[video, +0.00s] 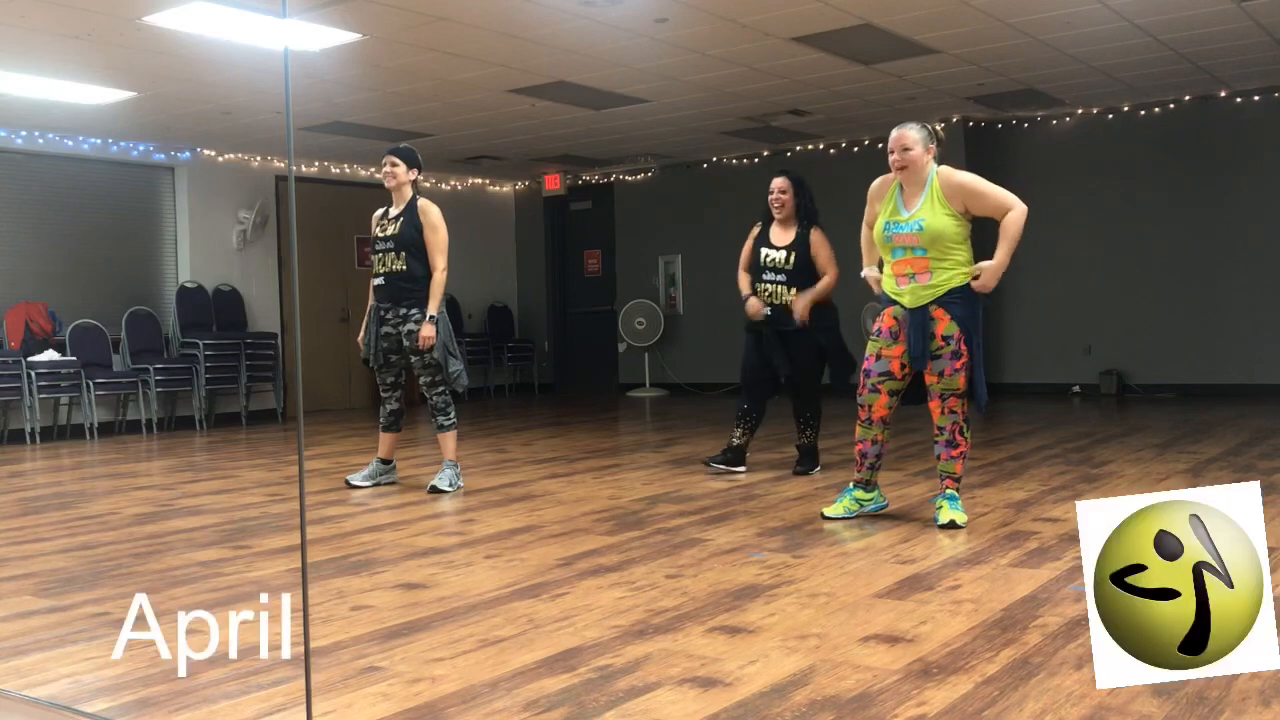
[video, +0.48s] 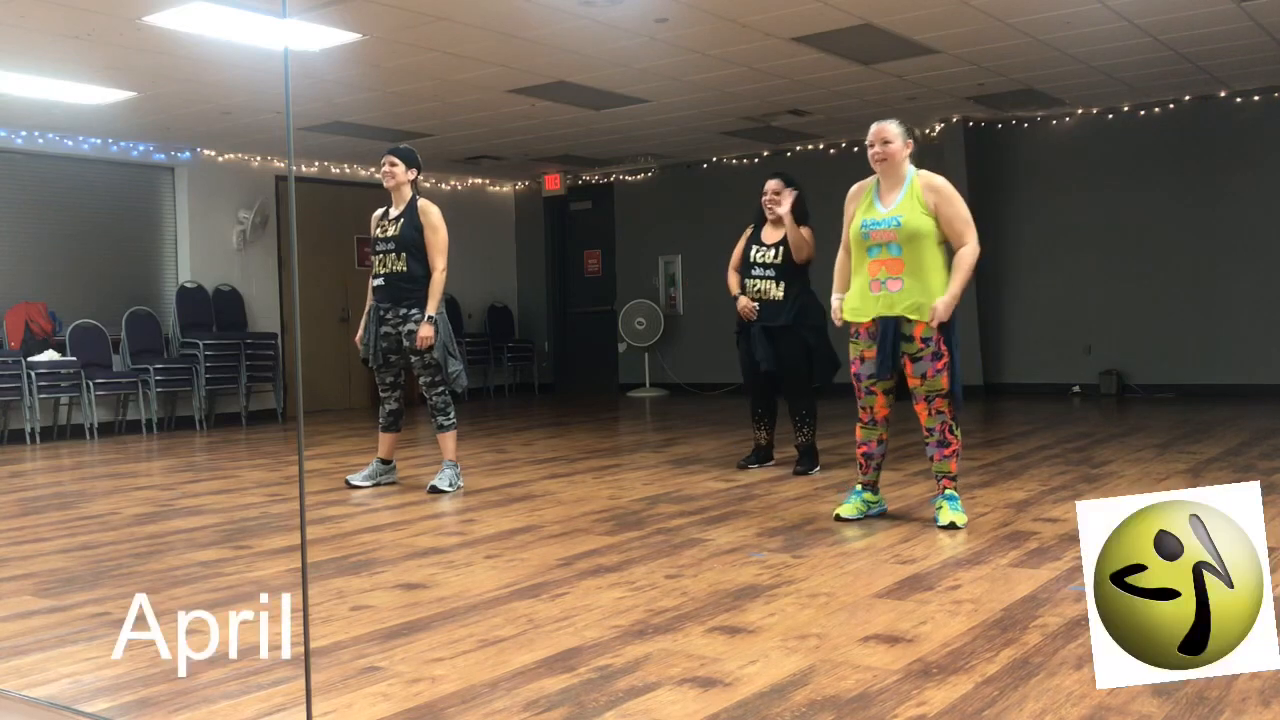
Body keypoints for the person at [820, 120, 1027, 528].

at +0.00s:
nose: (896, 158)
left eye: (905, 150)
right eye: (891, 151)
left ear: (929, 152)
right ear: (888, 155)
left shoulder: (953, 184)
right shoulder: (882, 189)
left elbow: (1015, 209)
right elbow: (869, 227)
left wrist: (998, 264)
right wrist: (870, 265)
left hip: (948, 306)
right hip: (895, 307)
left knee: (947, 401)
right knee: (872, 392)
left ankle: (949, 494)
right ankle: (865, 489)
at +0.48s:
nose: (876, 150)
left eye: (885, 142)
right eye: (871, 145)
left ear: (907, 147)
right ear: (866, 153)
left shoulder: (932, 187)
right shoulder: (858, 194)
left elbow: (968, 244)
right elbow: (846, 249)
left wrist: (950, 297)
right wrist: (837, 293)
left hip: (921, 317)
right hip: (866, 317)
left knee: (935, 406)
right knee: (869, 408)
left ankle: (946, 495)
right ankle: (867, 492)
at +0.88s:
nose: (855, 148)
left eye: (863, 141)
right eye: (849, 144)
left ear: (882, 149)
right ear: (841, 156)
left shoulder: (909, 191)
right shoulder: (830, 204)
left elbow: (941, 253)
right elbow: (812, 267)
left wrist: (932, 243)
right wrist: (785, 266)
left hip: (902, 315)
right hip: (846, 321)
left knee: (921, 404)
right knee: (857, 409)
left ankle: (945, 493)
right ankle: (865, 492)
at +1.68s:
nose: (908, 145)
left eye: (918, 138)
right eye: (903, 139)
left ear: (940, 145)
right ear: (896, 148)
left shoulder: (960, 192)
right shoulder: (879, 198)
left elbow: (992, 245)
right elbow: (862, 256)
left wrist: (970, 272)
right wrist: (844, 280)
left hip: (948, 314)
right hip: (893, 319)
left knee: (957, 405)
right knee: (886, 407)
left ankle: (965, 496)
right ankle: (872, 492)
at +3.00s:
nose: (849, 147)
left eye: (856, 140)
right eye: (841, 144)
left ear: (875, 148)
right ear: (834, 156)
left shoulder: (905, 189)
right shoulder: (822, 203)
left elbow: (938, 249)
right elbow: (816, 266)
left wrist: (954, 304)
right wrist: (806, 309)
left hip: (906, 311)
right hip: (848, 319)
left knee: (928, 401)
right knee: (861, 408)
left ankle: (955, 493)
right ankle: (869, 492)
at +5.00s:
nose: (881, 134)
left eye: (891, 127)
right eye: (876, 130)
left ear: (912, 139)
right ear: (869, 144)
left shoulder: (932, 185)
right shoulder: (856, 186)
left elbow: (944, 247)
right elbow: (845, 246)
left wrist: (939, 302)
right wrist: (837, 296)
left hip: (924, 311)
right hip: (870, 314)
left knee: (938, 401)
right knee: (842, 382)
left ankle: (952, 492)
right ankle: (864, 476)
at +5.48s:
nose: (868, 138)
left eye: (876, 131)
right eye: (860, 134)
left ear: (893, 140)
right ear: (851, 147)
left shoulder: (921, 182)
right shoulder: (838, 197)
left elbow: (956, 242)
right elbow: (821, 257)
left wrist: (978, 298)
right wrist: (783, 289)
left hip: (915, 309)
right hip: (857, 314)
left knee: (934, 399)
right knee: (857, 402)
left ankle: (948, 492)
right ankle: (863, 491)